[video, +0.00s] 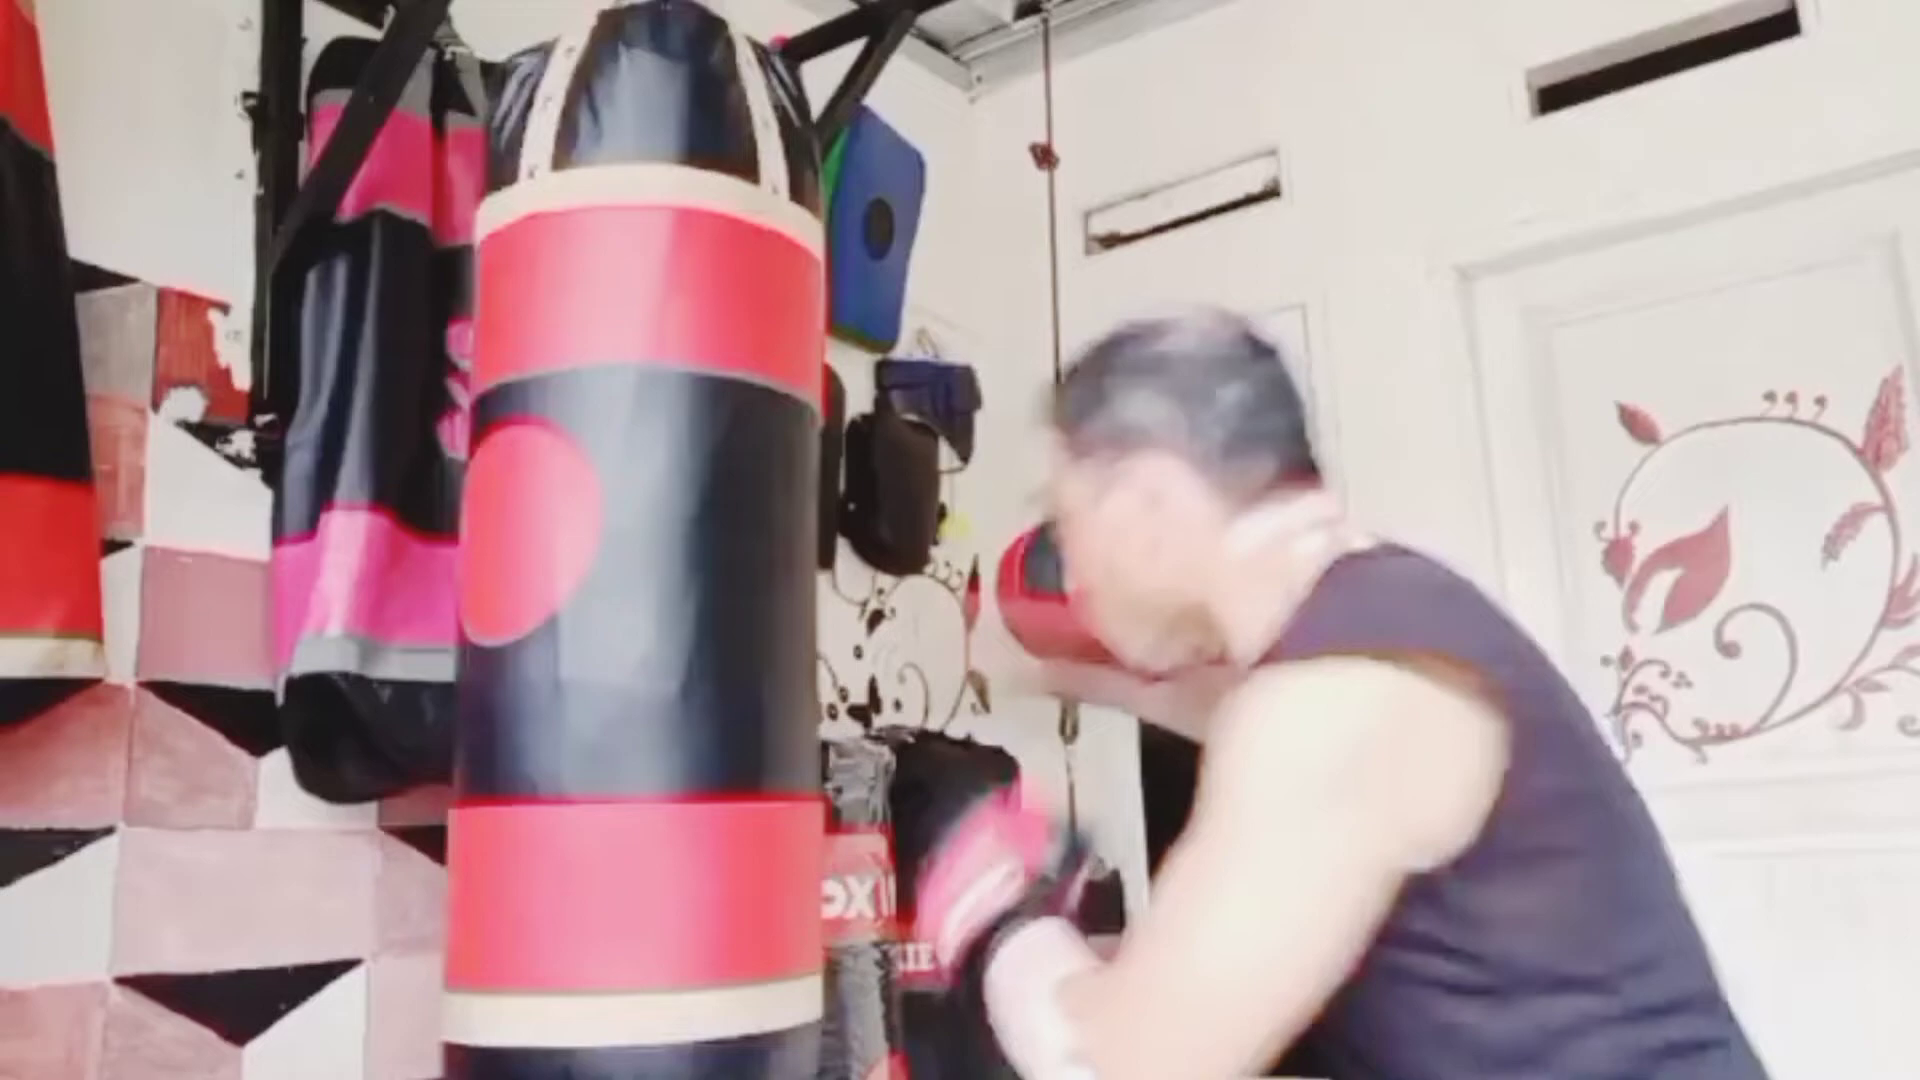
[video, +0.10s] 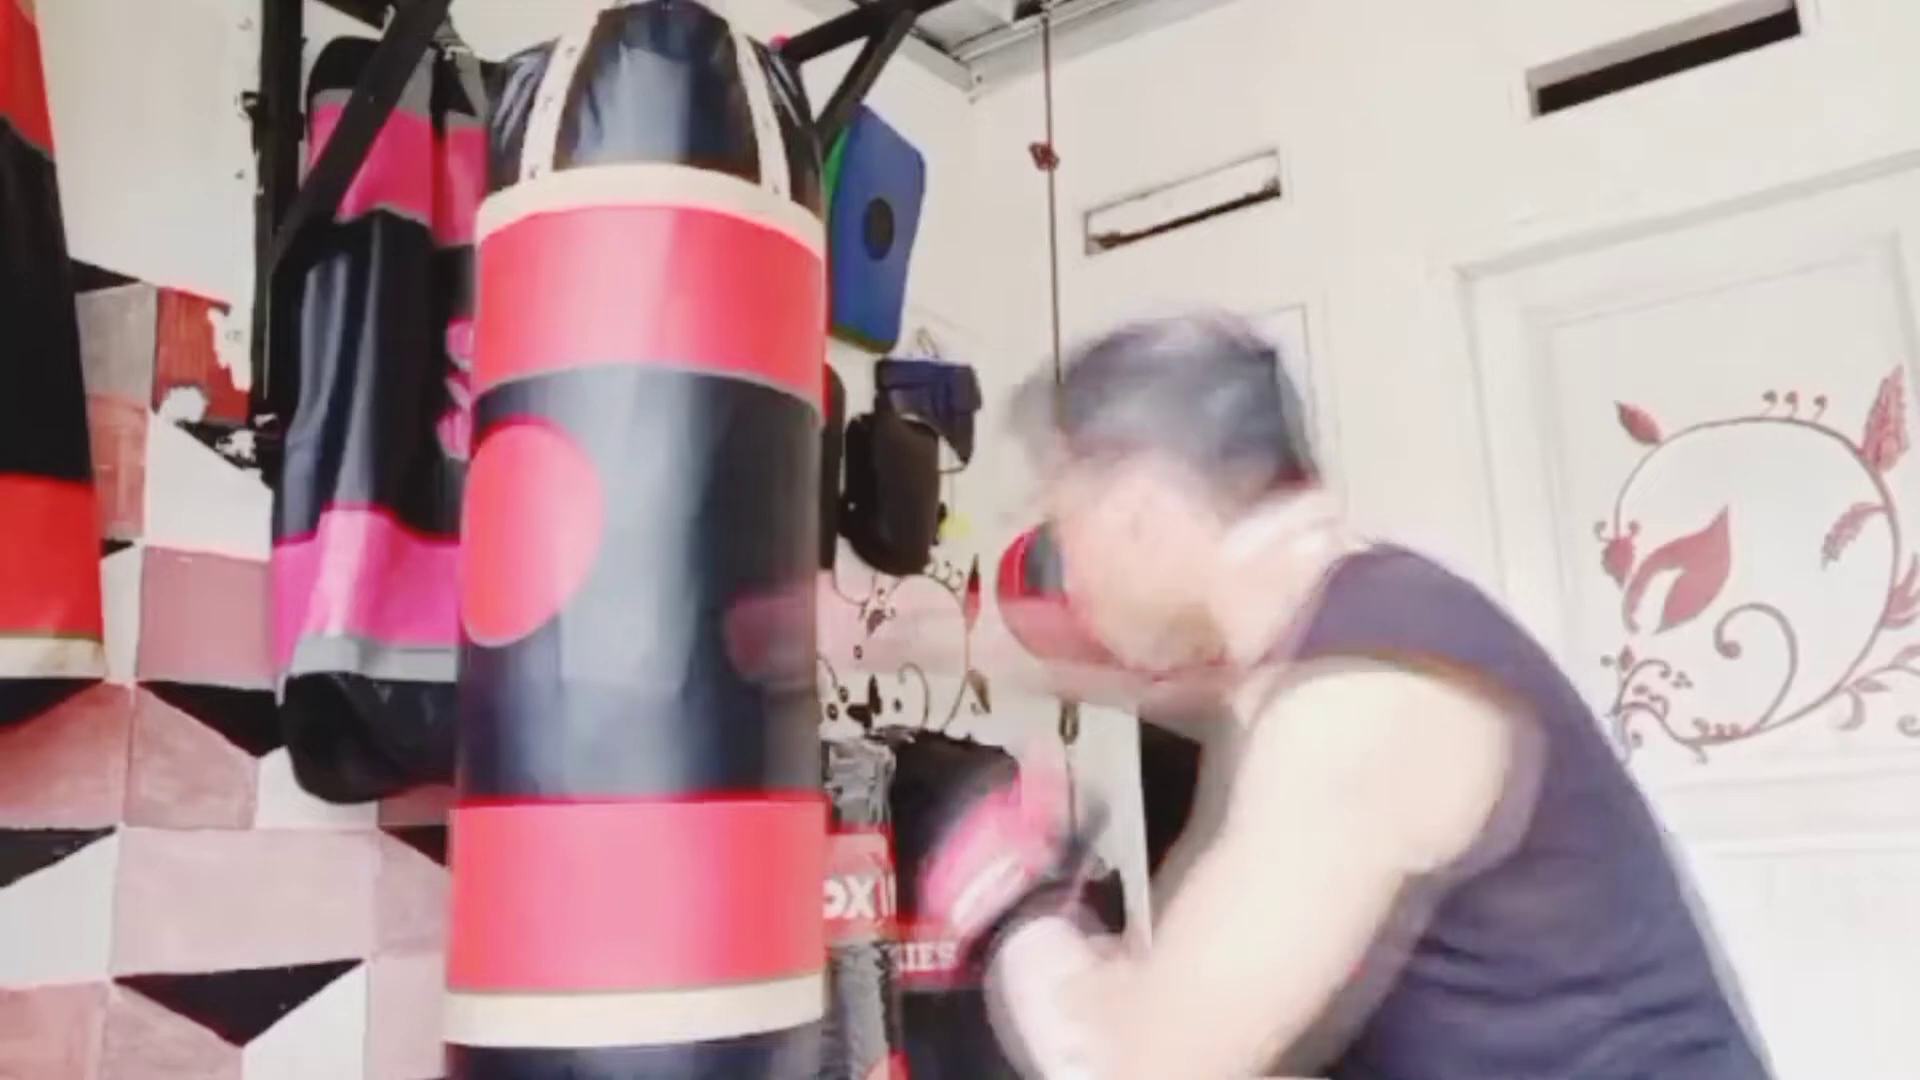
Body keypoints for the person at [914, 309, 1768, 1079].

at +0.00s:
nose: (1066, 565)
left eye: (1064, 516)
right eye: (1055, 524)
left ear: (1153, 487)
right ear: (1275, 460)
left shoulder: (1340, 693)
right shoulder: (1394, 619)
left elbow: (1127, 1060)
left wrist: (1009, 924)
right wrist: (1100, 676)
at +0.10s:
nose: (1064, 576)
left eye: (1063, 526)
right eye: (1056, 534)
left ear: (1149, 491)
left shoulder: (1379, 680)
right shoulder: (1311, 657)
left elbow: (1141, 1052)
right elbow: (1104, 656)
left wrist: (1022, 910)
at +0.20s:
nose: (1024, 580)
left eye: (1020, 538)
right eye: (1012, 543)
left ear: (1111, 507)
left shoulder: (1397, 741)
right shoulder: (1324, 567)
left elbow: (1200, 1071)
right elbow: (1177, 658)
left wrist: (1050, 905)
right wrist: (924, 656)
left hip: (1604, 1060)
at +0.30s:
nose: (1034, 560)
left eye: (1029, 518)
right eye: (1021, 525)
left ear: (1106, 470)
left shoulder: (1368, 713)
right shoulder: (1391, 538)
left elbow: (1204, 1071)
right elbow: (1391, 781)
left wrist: (1024, 940)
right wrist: (1151, 795)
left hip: (1610, 1068)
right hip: (1669, 1043)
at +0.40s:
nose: (1128, 499)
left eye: (1112, 454)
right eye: (1104, 465)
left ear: (1160, 408)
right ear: (1293, 357)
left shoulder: (1365, 628)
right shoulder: (1489, 483)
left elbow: (1115, 1034)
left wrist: (1039, 850)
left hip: (1572, 1061)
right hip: (1713, 1042)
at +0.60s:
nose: (1273, 439)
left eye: (1268, 392)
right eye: (1261, 400)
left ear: (1353, 365)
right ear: (1373, 358)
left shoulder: (1483, 531)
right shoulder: (1601, 505)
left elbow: (1320, 896)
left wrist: (1172, 710)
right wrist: (1327, 727)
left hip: (1629, 1056)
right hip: (1771, 1045)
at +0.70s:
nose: (1351, 479)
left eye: (1353, 433)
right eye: (1342, 440)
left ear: (1449, 414)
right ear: (1563, 404)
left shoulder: (1478, 546)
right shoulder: (1711, 543)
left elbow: (1358, 906)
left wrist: (1198, 748)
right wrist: (1362, 719)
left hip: (1633, 1055)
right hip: (1848, 1048)